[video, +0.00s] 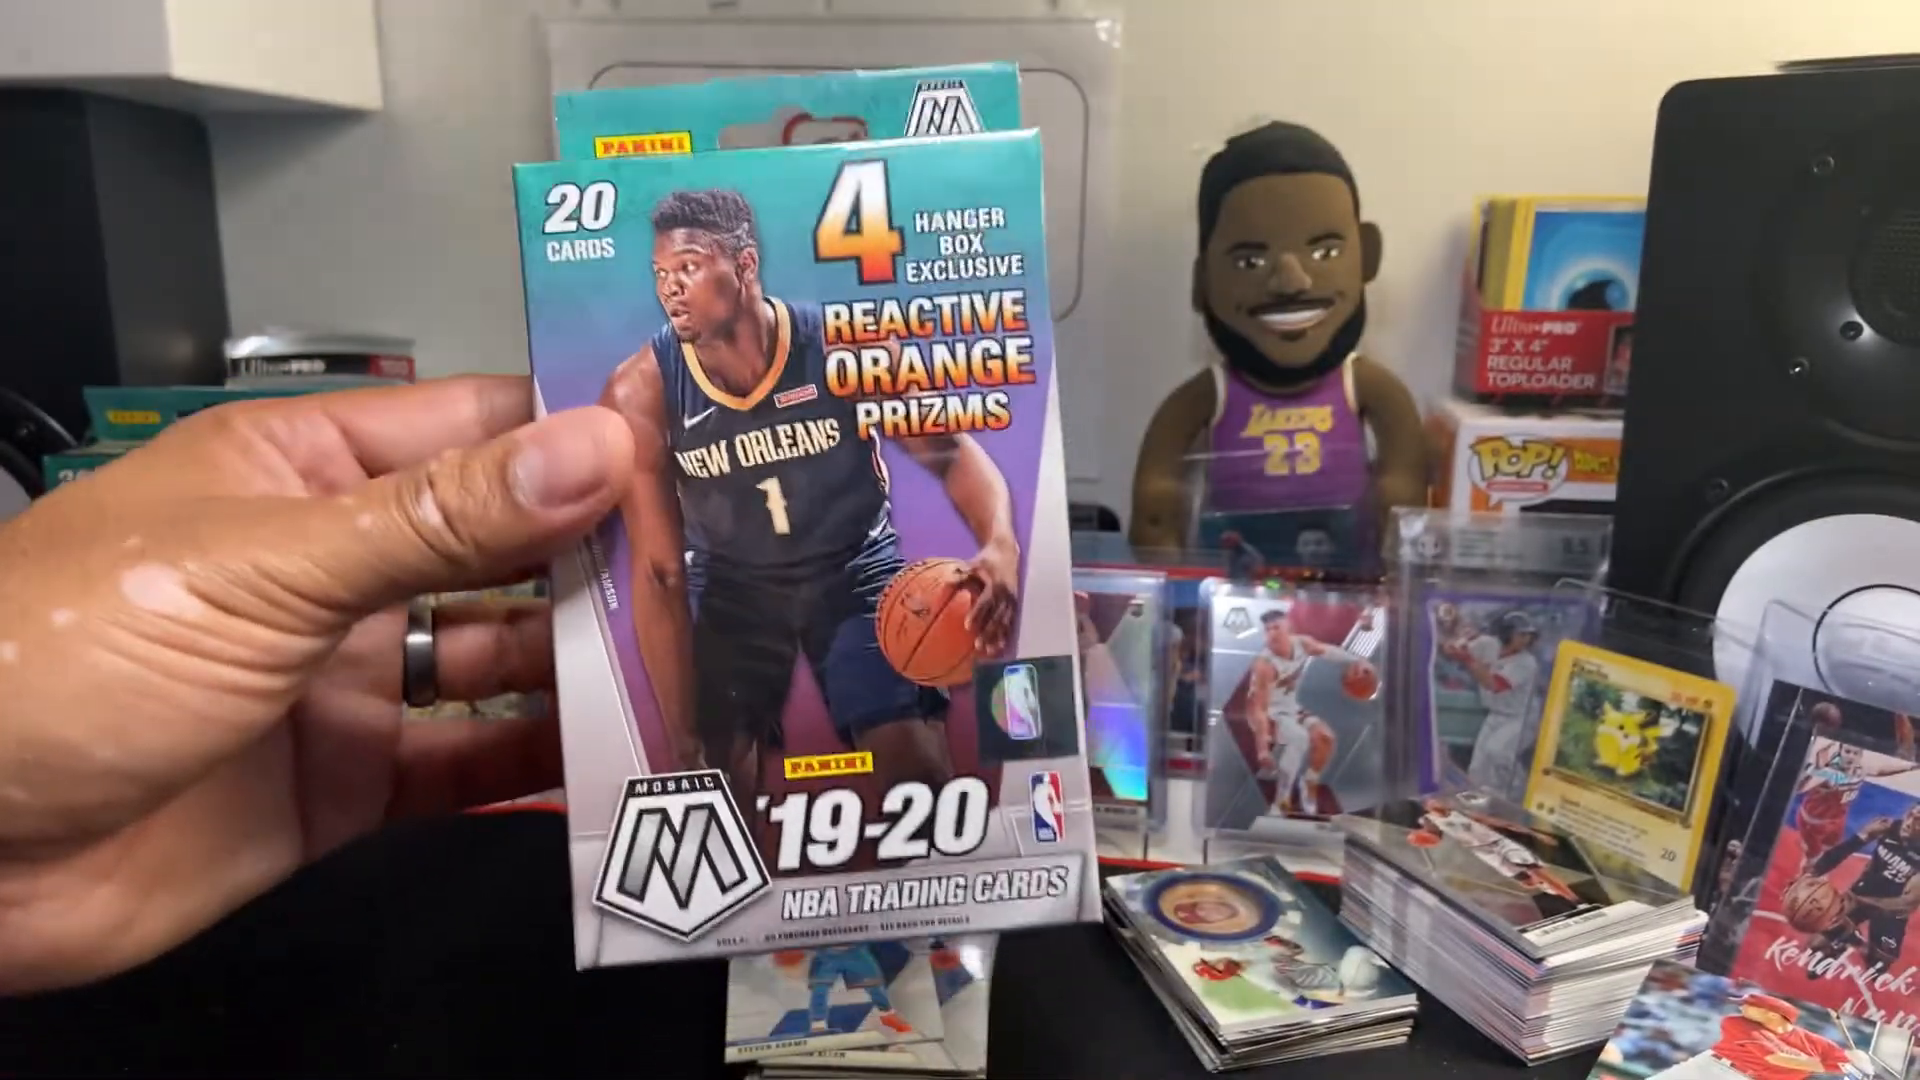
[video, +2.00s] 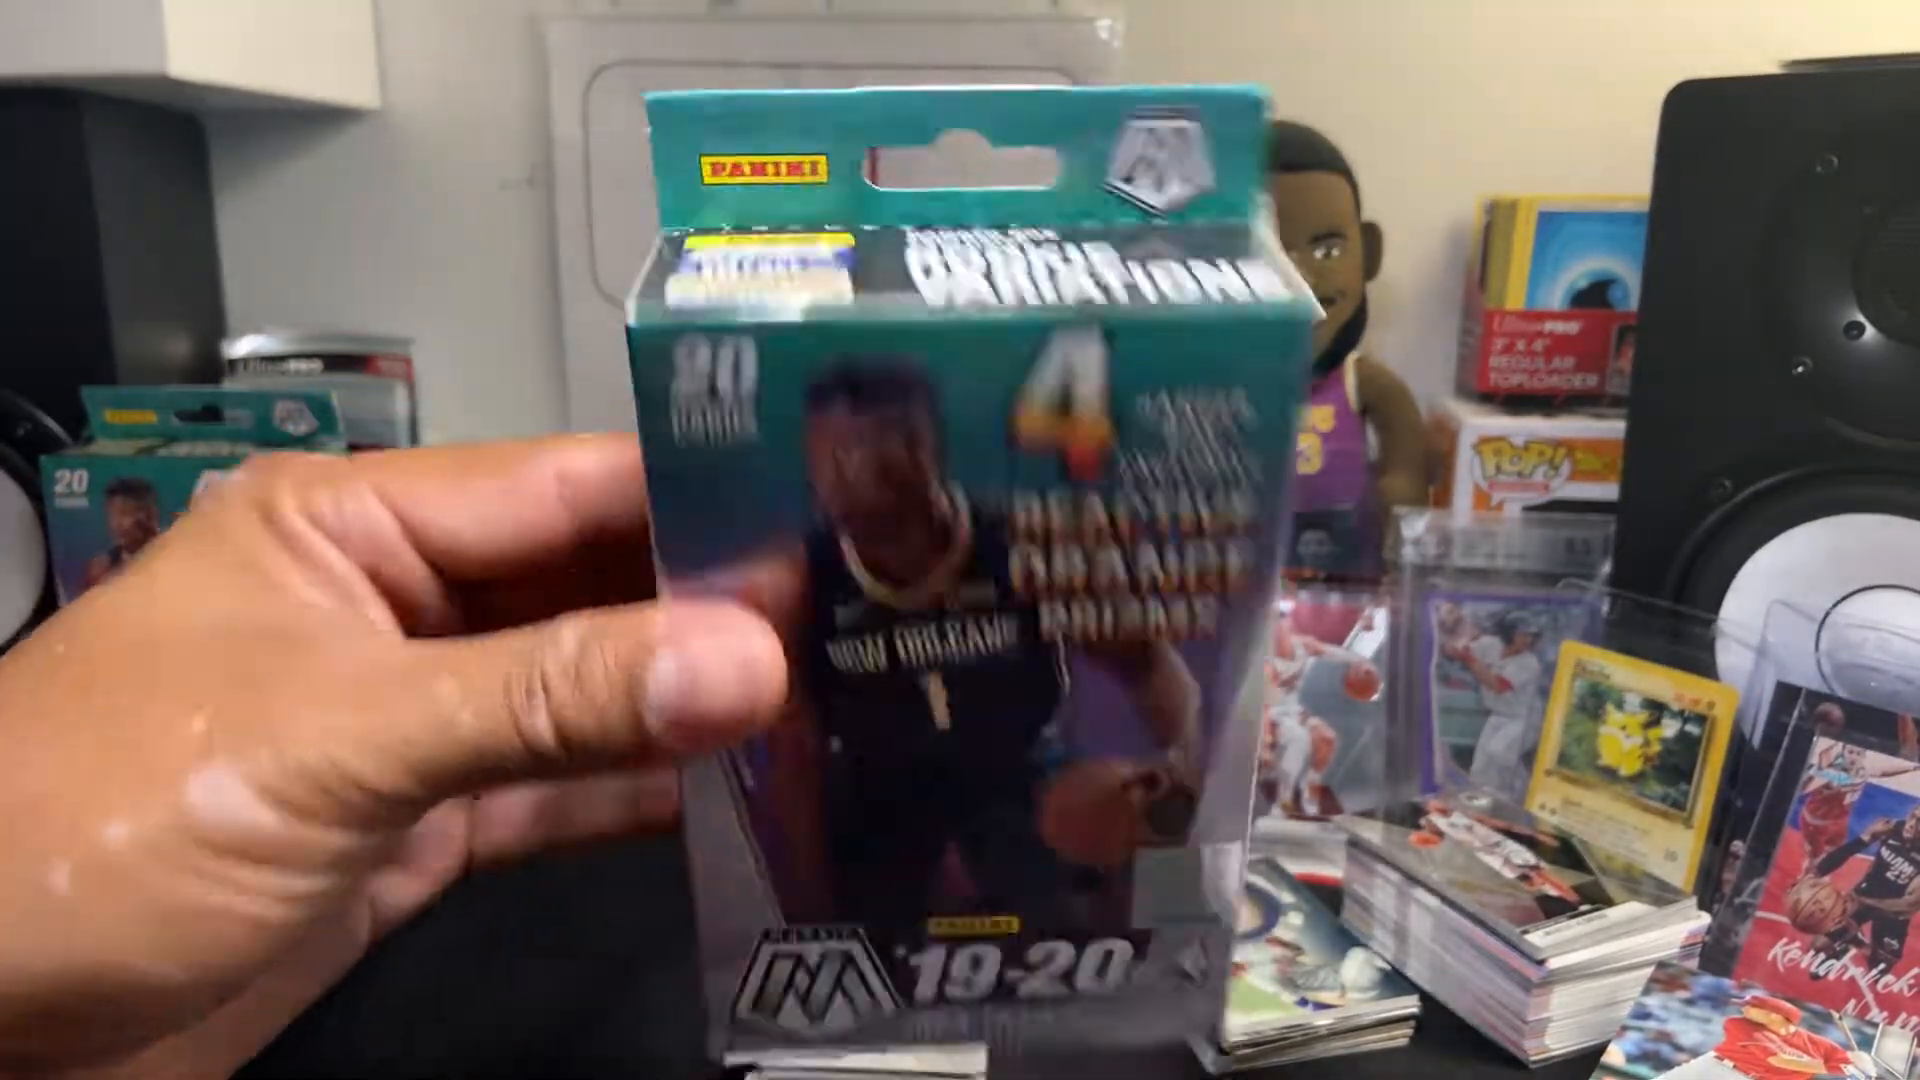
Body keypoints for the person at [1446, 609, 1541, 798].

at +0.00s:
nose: (1526, 640)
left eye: (1529, 636)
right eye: (1521, 635)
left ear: (1532, 638)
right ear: (1508, 634)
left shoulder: (1527, 662)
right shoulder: (1490, 645)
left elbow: (1497, 684)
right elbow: (1458, 650)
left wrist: (1470, 661)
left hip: (1517, 721)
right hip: (1494, 717)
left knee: (1496, 750)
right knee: (1480, 753)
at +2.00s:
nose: (1528, 641)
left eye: (1531, 636)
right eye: (1523, 635)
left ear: (1534, 639)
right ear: (1511, 635)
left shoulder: (1529, 663)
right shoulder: (1492, 645)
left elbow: (1500, 685)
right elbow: (1461, 651)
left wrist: (1473, 662)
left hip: (1519, 721)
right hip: (1497, 717)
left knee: (1497, 752)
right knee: (1482, 752)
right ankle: (1477, 792)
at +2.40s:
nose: (1531, 642)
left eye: (1534, 637)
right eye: (1527, 635)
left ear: (1537, 639)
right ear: (1514, 634)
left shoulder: (1533, 664)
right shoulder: (1494, 646)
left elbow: (1502, 685)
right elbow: (1460, 651)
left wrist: (1475, 662)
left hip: (1520, 723)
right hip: (1498, 719)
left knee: (1501, 755)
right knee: (1484, 757)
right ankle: (1480, 798)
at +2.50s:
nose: (1531, 642)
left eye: (1533, 637)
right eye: (1527, 637)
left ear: (1535, 641)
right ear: (1516, 638)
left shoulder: (1534, 664)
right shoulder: (1503, 656)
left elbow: (1504, 685)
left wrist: (1480, 668)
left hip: (1525, 723)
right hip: (1502, 720)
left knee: (1504, 755)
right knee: (1489, 755)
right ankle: (1484, 798)